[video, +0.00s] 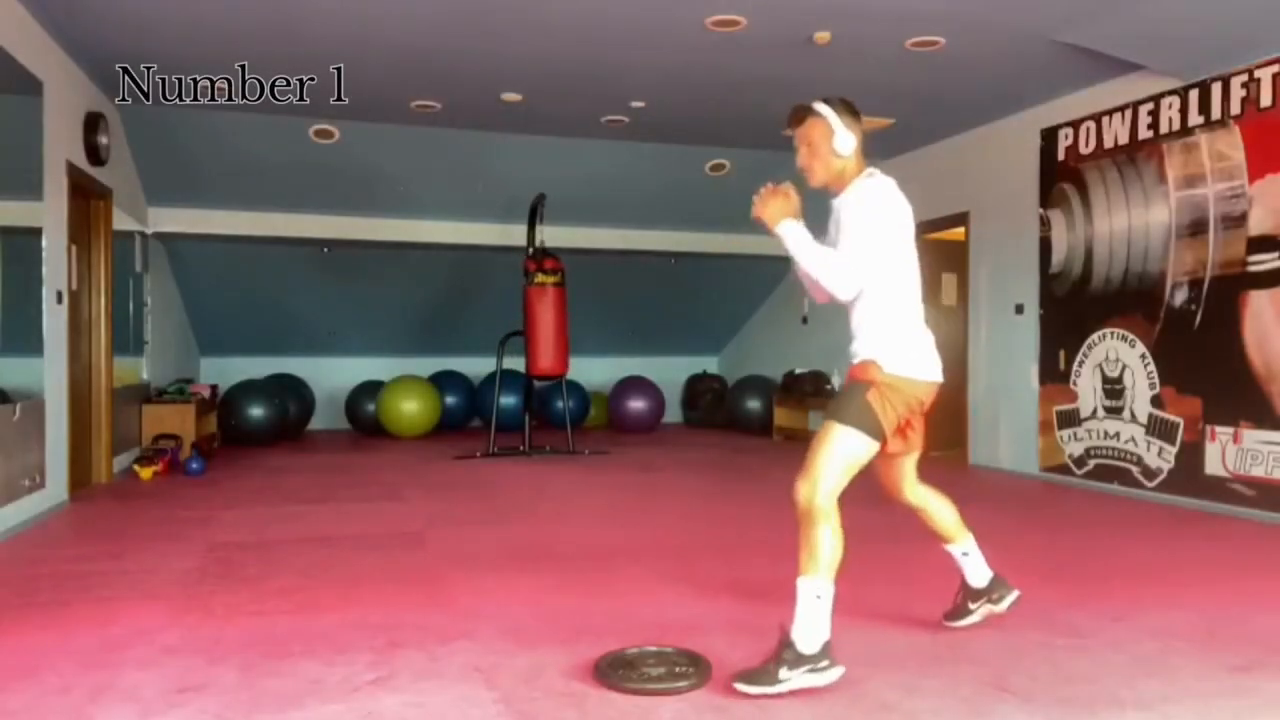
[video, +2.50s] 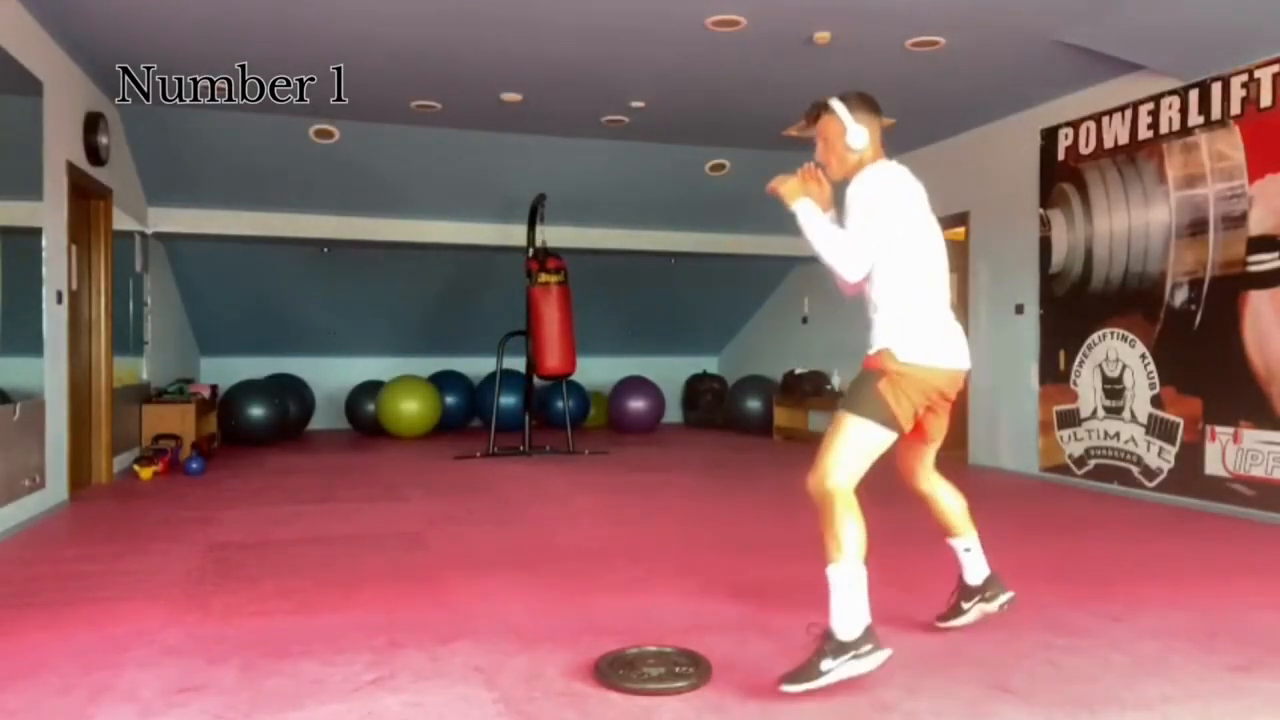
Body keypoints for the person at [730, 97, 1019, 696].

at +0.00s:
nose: (800, 159)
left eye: (807, 145)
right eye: (797, 147)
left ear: (841, 143)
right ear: (842, 148)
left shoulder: (864, 199)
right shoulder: (877, 196)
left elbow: (842, 282)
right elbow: (827, 289)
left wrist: (788, 225)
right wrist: (792, 232)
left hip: (888, 368)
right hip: (911, 368)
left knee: (815, 491)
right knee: (904, 483)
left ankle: (808, 649)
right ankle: (985, 584)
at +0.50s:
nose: (801, 180)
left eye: (806, 167)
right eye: (799, 169)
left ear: (832, 162)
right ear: (850, 161)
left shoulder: (855, 210)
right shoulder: (897, 206)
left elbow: (849, 286)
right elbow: (870, 290)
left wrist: (781, 254)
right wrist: (815, 247)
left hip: (890, 384)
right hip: (936, 385)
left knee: (803, 495)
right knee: (921, 498)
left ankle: (803, 648)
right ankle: (982, 612)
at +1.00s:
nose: (785, 195)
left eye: (793, 181)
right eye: (782, 183)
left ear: (830, 176)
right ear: (795, 184)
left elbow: (859, 332)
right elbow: (790, 327)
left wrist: (799, 258)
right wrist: (761, 266)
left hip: (896, 402)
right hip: (871, 400)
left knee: (793, 514)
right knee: (884, 519)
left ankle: (807, 676)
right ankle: (981, 609)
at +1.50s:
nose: (821, 183)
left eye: (825, 170)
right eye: (820, 171)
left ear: (852, 166)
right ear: (870, 165)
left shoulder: (888, 205)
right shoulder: (914, 204)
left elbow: (827, 266)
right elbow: (887, 311)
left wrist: (825, 196)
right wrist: (848, 226)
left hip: (935, 369)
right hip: (967, 371)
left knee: (842, 474)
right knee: (931, 479)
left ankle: (853, 629)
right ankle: (989, 596)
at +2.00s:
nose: (832, 154)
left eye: (838, 142)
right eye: (831, 143)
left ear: (871, 138)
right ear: (877, 142)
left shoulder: (893, 185)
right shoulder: (909, 186)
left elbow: (881, 268)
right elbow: (866, 282)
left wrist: (829, 204)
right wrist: (837, 212)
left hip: (921, 353)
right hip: (953, 355)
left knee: (837, 469)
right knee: (944, 476)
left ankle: (864, 621)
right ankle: (994, 588)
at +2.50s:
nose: (818, 153)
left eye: (823, 140)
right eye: (817, 142)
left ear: (854, 135)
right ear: (869, 137)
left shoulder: (869, 186)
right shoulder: (905, 183)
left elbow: (851, 267)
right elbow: (869, 269)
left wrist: (804, 207)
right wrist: (829, 205)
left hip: (907, 358)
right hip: (947, 360)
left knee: (830, 480)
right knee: (919, 467)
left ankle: (852, 636)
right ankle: (981, 582)